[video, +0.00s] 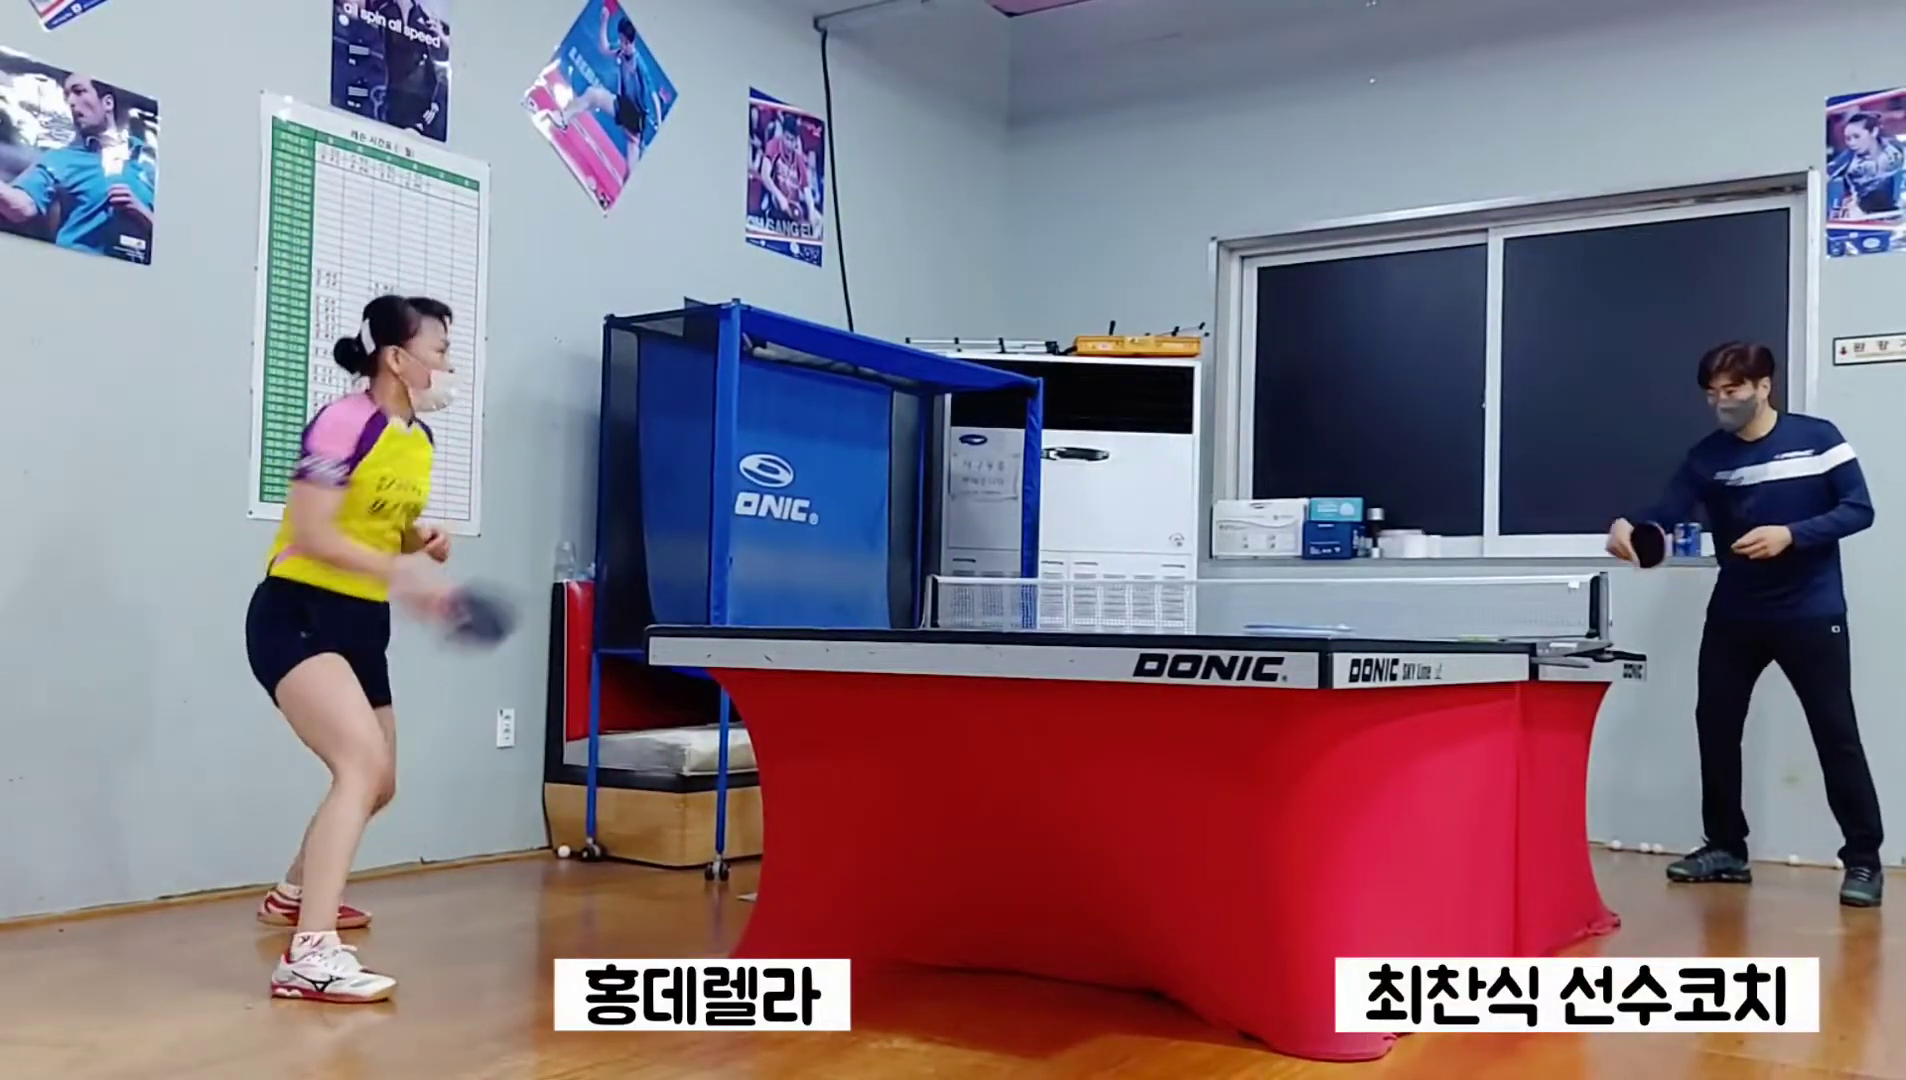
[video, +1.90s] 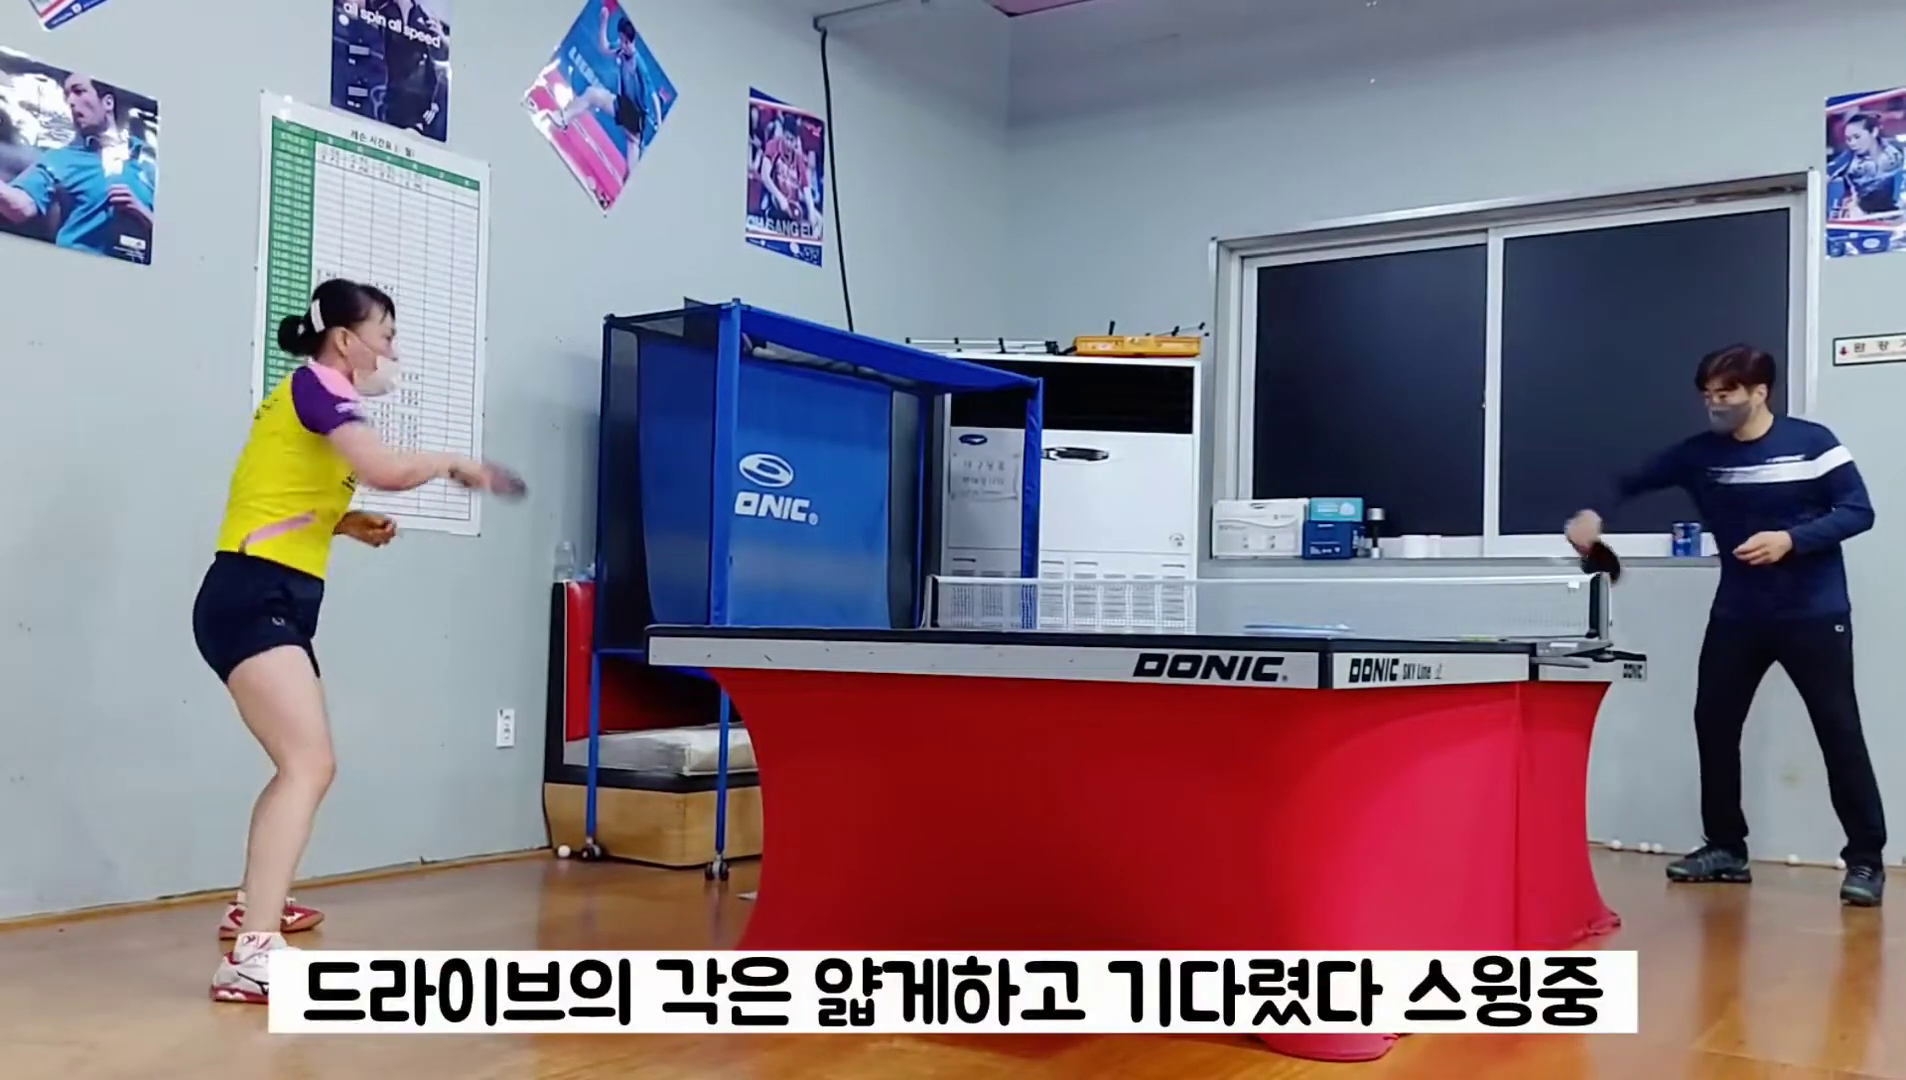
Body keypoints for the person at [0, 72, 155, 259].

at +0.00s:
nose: (70, 101)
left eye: (79, 91)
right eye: (67, 96)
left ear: (108, 103)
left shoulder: (149, 161)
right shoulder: (60, 159)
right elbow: (21, 207)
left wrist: (142, 212)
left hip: (135, 271)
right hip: (75, 263)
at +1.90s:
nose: (70, 101)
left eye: (79, 91)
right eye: (67, 96)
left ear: (108, 102)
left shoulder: (149, 159)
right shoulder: (60, 159)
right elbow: (20, 208)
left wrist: (142, 212)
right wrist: (4, 190)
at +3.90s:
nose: (70, 101)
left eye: (79, 91)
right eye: (67, 96)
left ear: (108, 103)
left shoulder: (149, 162)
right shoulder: (59, 159)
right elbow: (19, 207)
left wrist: (143, 213)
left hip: (134, 270)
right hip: (74, 261)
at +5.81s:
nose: (71, 101)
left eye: (79, 91)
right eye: (67, 96)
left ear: (108, 103)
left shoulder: (149, 165)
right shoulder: (60, 159)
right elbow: (20, 207)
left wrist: (142, 212)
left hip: (134, 270)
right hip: (74, 260)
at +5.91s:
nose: (70, 101)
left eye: (79, 91)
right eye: (67, 96)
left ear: (108, 103)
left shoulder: (149, 164)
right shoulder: (59, 159)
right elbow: (20, 207)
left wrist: (142, 212)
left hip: (134, 270)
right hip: (74, 260)